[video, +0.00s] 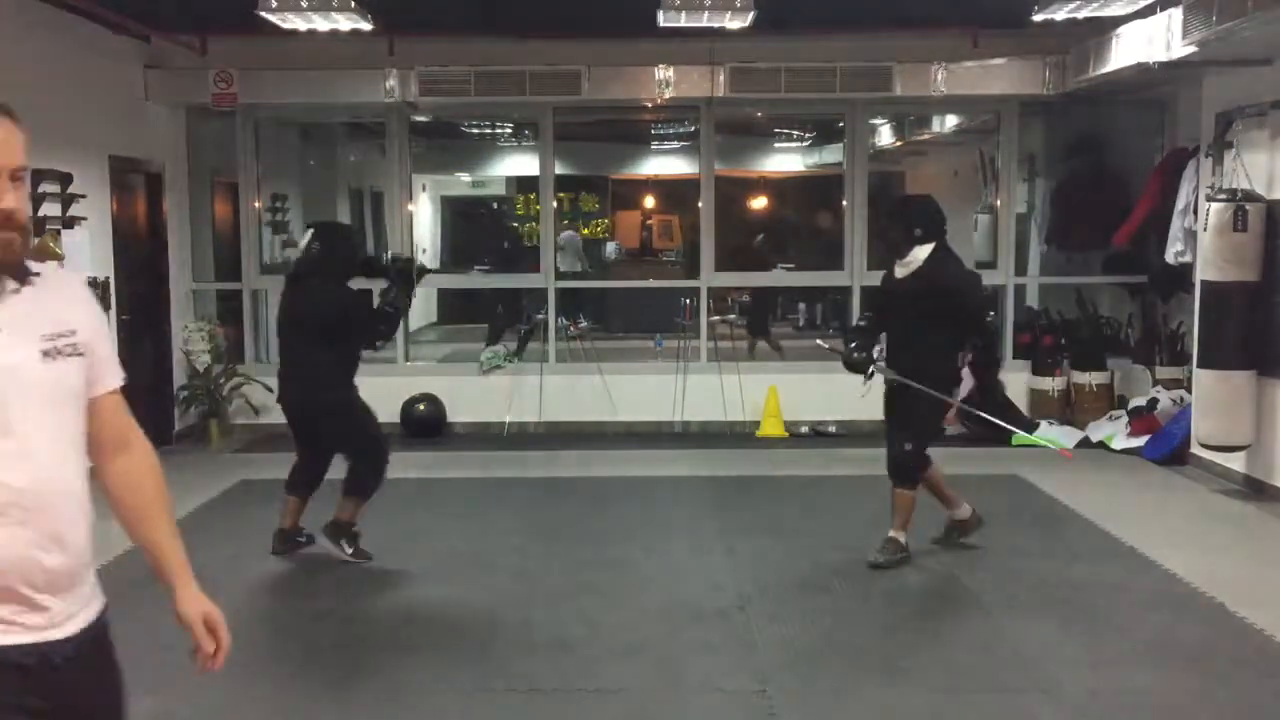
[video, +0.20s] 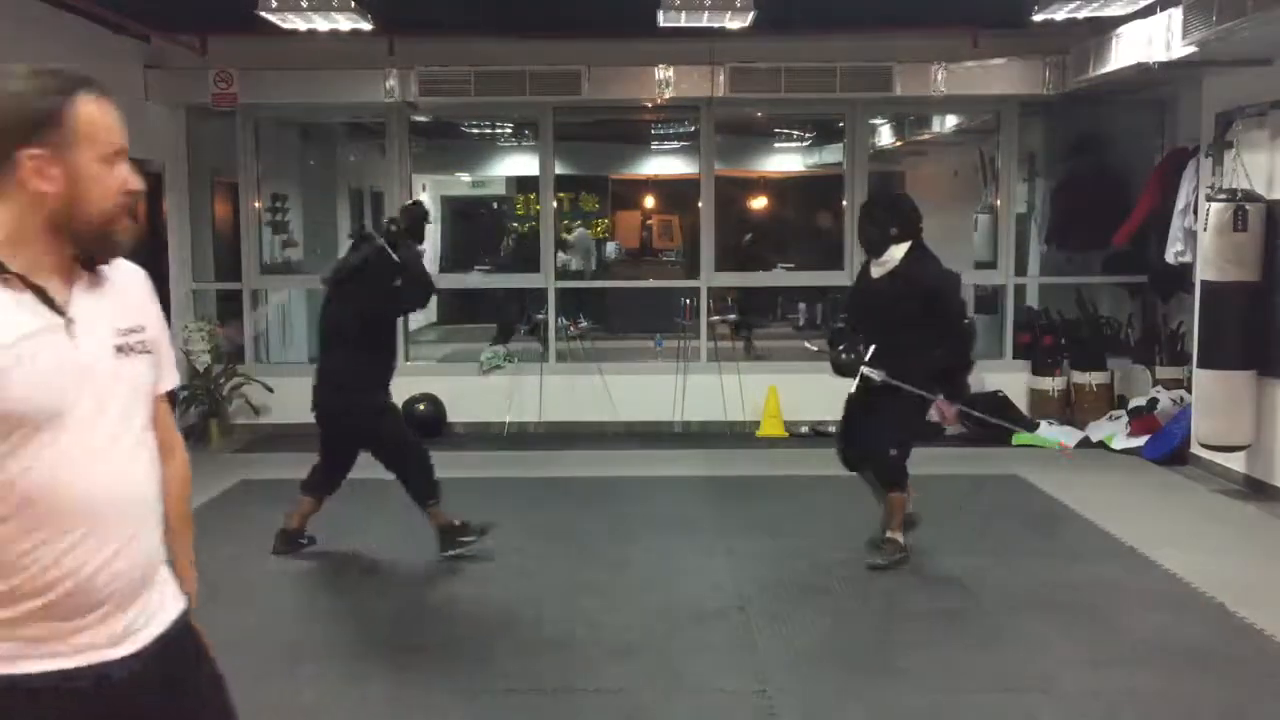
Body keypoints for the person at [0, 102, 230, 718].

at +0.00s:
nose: (11, 201)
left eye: (17, 180)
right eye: (1, 179)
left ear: (29, 185)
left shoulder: (63, 295)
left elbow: (120, 448)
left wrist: (183, 584)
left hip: (76, 642)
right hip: (5, 655)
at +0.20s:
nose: (135, 182)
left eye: (128, 159)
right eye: (113, 160)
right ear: (40, 171)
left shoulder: (127, 285)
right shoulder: (7, 303)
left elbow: (167, 450)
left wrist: (185, 597)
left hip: (158, 644)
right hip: (28, 681)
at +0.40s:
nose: (237, 202)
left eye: (232, 181)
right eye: (225, 180)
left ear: (176, 192)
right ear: (173, 189)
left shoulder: (214, 316)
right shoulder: (29, 323)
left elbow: (207, 499)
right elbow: (5, 556)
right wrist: (27, 711)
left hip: (255, 683)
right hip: (111, 708)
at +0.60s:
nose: (322, 199)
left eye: (320, 179)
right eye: (316, 177)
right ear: (277, 181)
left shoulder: (289, 318)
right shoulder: (128, 314)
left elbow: (340, 509)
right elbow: (107, 560)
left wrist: (399, 675)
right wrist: (145, 712)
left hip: (348, 691)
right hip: (206, 705)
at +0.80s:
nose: (365, 180)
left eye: (365, 159)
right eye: (364, 158)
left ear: (230, 161)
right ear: (340, 165)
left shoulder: (302, 303)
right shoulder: (220, 306)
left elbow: (368, 505)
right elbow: (215, 584)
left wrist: (510, 605)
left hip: (367, 698)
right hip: (292, 701)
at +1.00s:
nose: (396, 199)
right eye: (396, 177)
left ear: (242, 174)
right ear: (375, 182)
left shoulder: (193, 320)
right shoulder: (338, 341)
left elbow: (282, 553)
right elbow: (385, 649)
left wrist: (473, 635)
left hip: (218, 699)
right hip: (323, 707)